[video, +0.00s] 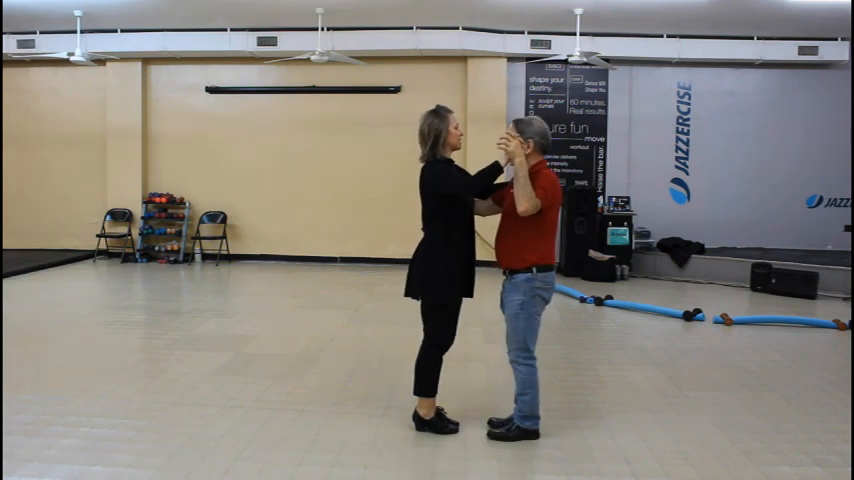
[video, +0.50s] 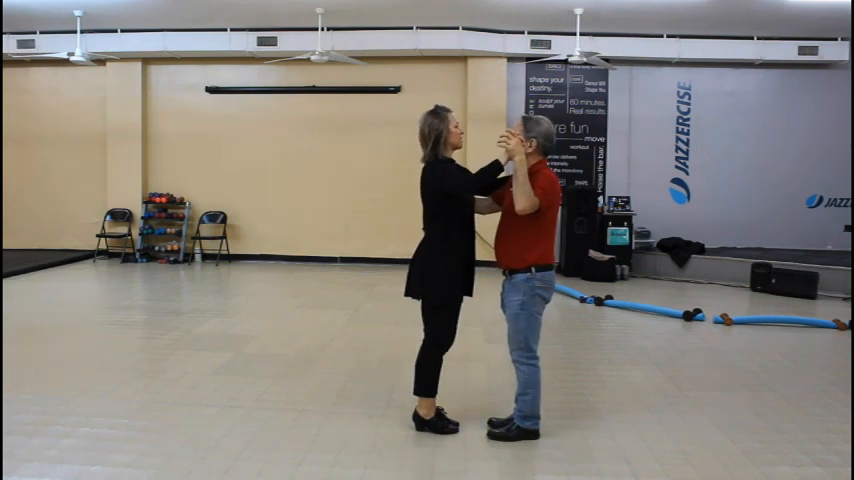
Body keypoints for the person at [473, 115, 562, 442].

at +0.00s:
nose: (506, 145)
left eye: (512, 140)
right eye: (507, 140)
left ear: (528, 145)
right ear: (528, 146)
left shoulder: (546, 179)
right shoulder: (520, 182)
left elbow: (526, 207)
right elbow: (483, 206)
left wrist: (518, 162)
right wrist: (451, 191)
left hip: (532, 277)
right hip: (517, 276)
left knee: (522, 354)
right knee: (518, 353)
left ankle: (527, 423)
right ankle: (522, 416)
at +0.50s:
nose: (509, 139)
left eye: (514, 135)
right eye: (510, 134)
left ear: (530, 144)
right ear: (529, 145)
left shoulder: (545, 178)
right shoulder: (520, 179)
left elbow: (524, 205)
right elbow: (484, 205)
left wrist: (518, 160)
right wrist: (450, 193)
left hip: (532, 277)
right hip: (517, 276)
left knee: (525, 354)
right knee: (520, 353)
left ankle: (527, 423)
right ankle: (522, 416)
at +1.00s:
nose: (507, 142)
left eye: (512, 137)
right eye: (508, 137)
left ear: (527, 144)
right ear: (527, 145)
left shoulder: (544, 176)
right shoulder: (520, 179)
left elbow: (522, 206)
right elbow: (483, 204)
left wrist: (516, 162)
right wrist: (451, 189)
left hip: (531, 277)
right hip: (517, 276)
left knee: (524, 354)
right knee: (519, 353)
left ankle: (527, 422)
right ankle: (522, 416)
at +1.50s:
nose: (501, 147)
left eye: (507, 141)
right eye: (502, 141)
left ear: (525, 146)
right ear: (525, 146)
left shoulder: (544, 179)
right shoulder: (519, 180)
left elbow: (521, 208)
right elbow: (481, 204)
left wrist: (514, 163)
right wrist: (448, 191)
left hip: (529, 278)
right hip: (514, 276)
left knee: (522, 353)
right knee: (516, 352)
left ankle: (527, 423)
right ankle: (522, 415)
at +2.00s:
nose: (479, 153)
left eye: (485, 148)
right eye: (480, 148)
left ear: (505, 151)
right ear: (501, 151)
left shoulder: (520, 183)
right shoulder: (496, 181)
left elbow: (496, 215)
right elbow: (461, 211)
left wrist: (481, 175)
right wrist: (424, 205)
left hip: (504, 280)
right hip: (496, 278)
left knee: (472, 353)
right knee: (503, 350)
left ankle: (452, 428)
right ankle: (525, 417)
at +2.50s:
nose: (456, 149)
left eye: (462, 145)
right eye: (458, 144)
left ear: (481, 154)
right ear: (479, 154)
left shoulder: (496, 188)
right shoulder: (472, 187)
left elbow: (470, 219)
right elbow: (434, 214)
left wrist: (452, 177)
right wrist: (395, 207)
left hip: (486, 285)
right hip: (479, 283)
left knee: (448, 354)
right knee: (481, 352)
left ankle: (440, 430)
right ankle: (514, 415)